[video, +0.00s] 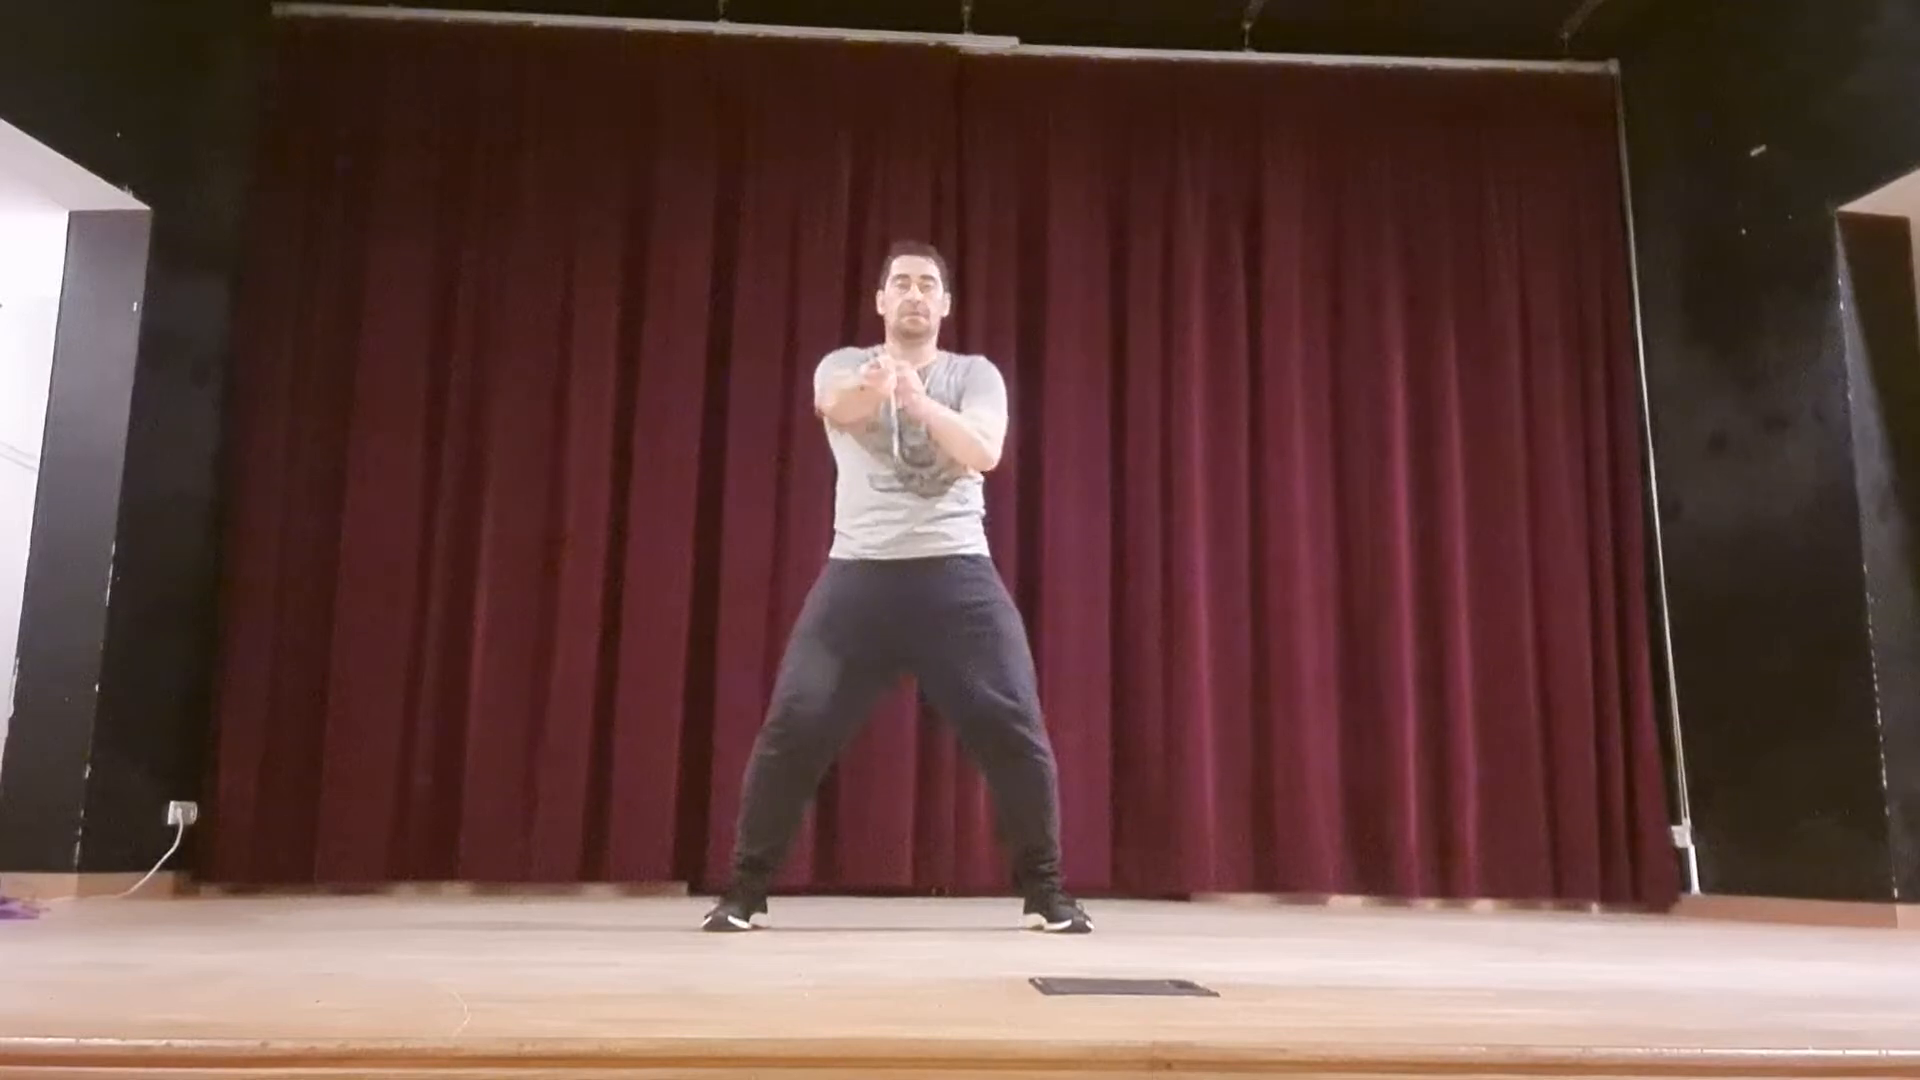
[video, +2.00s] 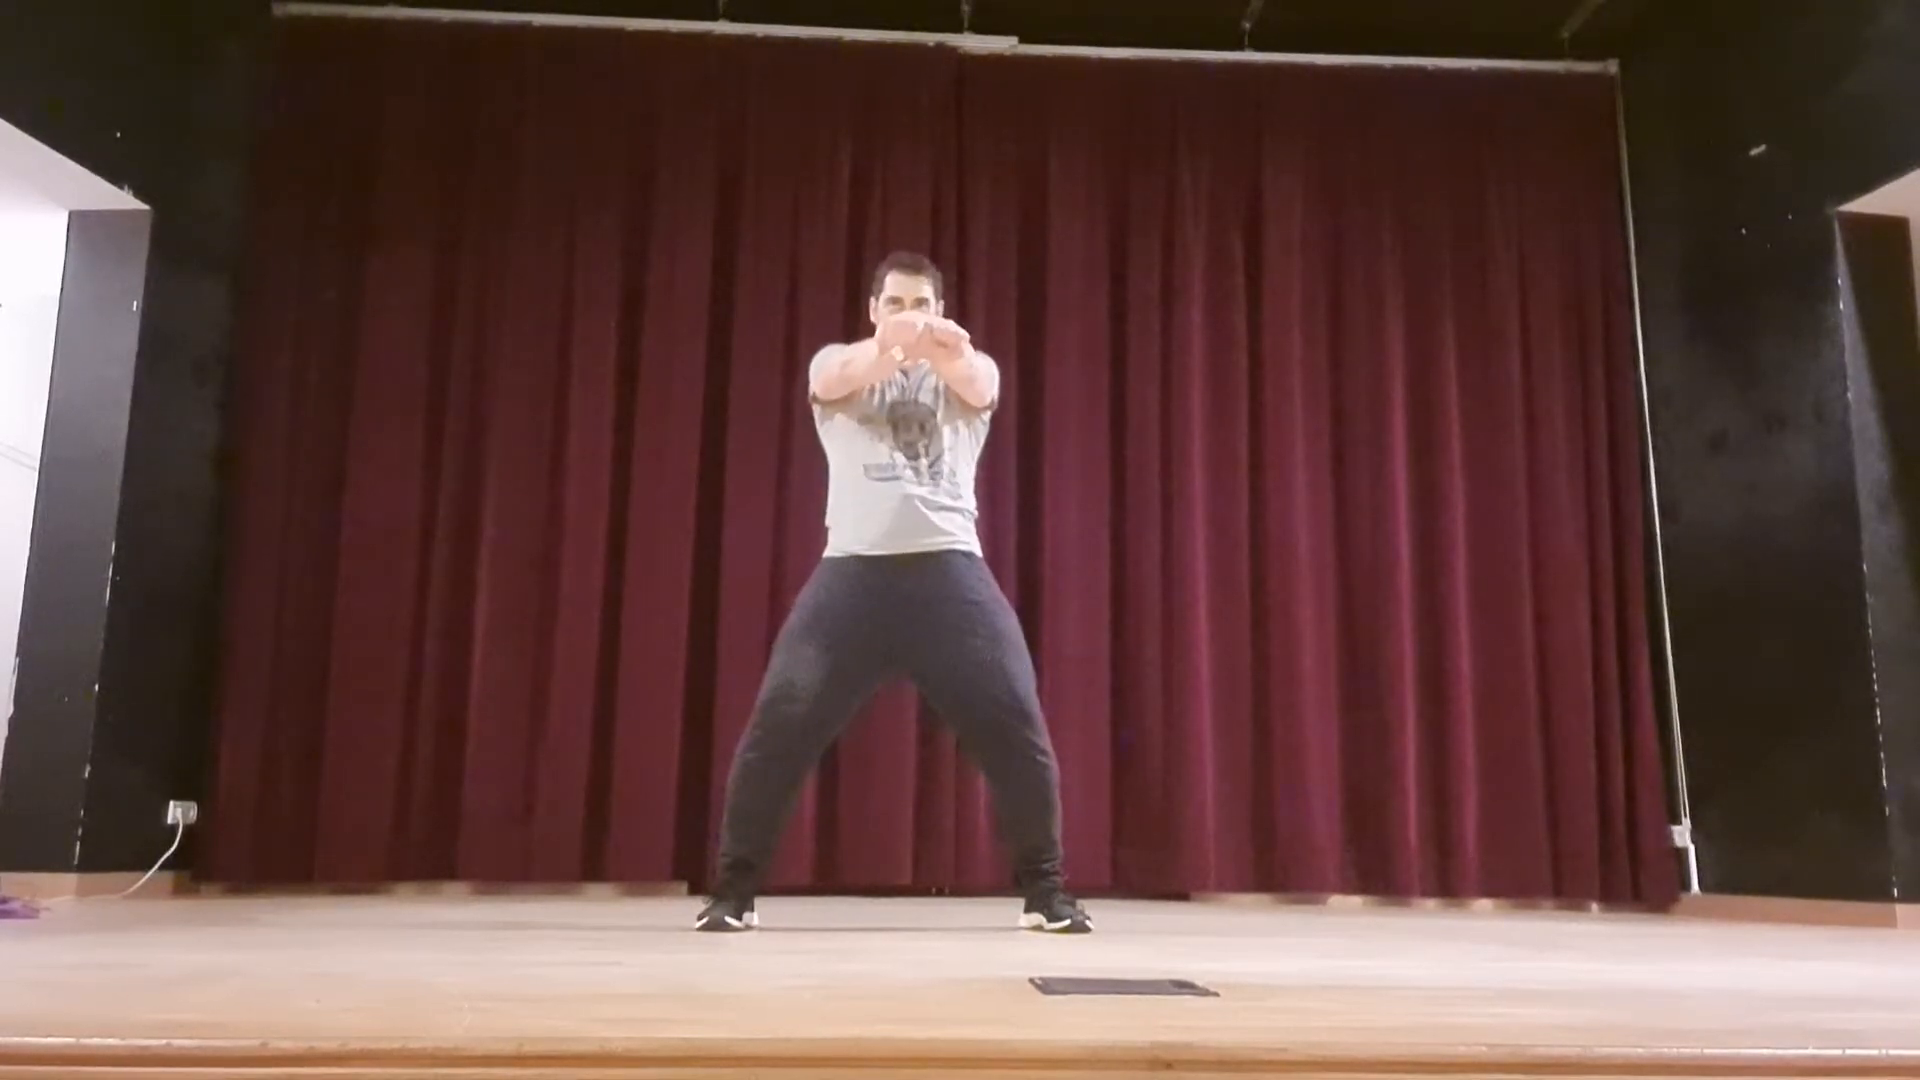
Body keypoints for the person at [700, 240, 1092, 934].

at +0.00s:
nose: (913, 294)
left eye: (926, 285)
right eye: (901, 283)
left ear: (946, 304)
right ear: (879, 301)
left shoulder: (975, 375)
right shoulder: (842, 365)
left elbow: (982, 457)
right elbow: (842, 412)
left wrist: (918, 403)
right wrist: (874, 386)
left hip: (958, 578)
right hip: (858, 577)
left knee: (1013, 724)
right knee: (795, 722)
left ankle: (1044, 891)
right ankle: (745, 892)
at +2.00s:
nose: (907, 315)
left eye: (920, 304)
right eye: (896, 303)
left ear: (939, 310)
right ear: (872, 308)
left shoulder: (973, 369)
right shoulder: (836, 361)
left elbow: (978, 392)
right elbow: (829, 385)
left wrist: (952, 357)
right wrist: (888, 351)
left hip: (950, 572)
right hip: (852, 572)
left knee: (1015, 721)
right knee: (783, 714)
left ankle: (1046, 891)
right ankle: (733, 893)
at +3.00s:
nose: (914, 302)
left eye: (926, 293)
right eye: (902, 291)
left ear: (945, 307)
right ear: (877, 304)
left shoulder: (973, 372)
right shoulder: (845, 363)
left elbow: (981, 394)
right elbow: (835, 388)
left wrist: (955, 356)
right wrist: (890, 355)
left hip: (954, 573)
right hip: (855, 573)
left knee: (1017, 727)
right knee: (784, 719)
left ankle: (1046, 890)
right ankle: (734, 892)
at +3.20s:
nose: (912, 303)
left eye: (924, 294)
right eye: (900, 292)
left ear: (944, 308)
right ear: (876, 305)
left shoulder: (971, 373)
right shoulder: (844, 365)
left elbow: (979, 395)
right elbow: (835, 388)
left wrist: (953, 355)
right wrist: (891, 355)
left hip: (953, 574)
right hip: (855, 574)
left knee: (1017, 725)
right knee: (785, 718)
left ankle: (1045, 891)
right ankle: (734, 893)